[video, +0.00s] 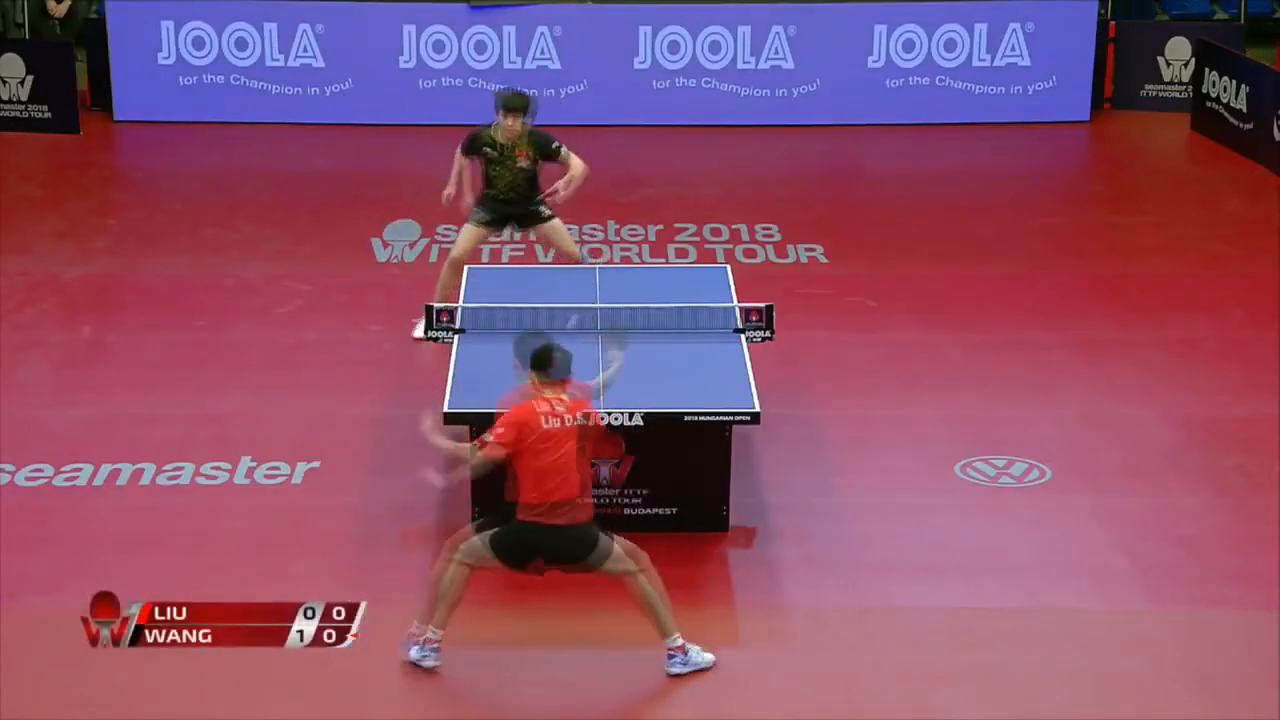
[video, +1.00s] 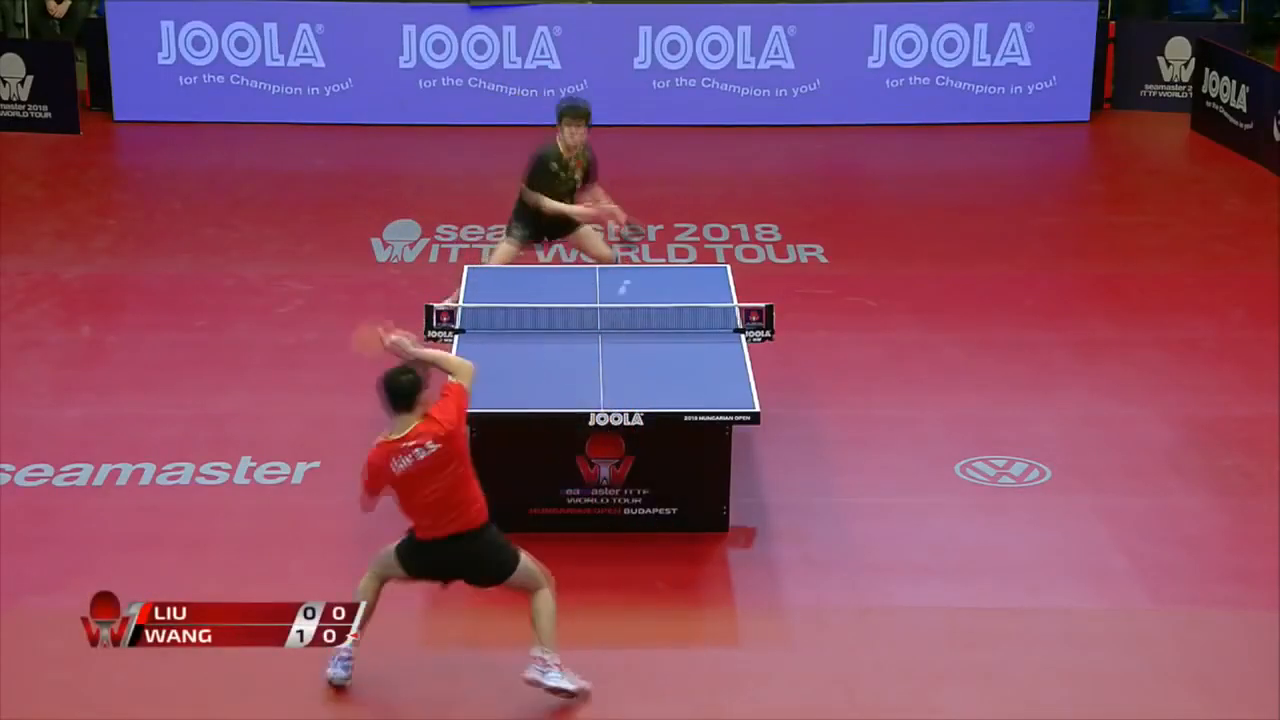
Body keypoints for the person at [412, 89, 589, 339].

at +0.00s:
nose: (511, 123)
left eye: (517, 117)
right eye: (506, 116)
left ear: (525, 119)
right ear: (498, 116)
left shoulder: (537, 140)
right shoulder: (482, 137)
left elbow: (579, 166)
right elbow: (461, 153)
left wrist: (566, 185)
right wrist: (453, 184)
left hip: (530, 206)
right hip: (491, 206)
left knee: (575, 256)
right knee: (455, 258)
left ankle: (596, 316)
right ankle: (434, 317)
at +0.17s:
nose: (542, 149)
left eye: (545, 143)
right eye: (536, 143)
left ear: (549, 142)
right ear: (520, 139)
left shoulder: (551, 161)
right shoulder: (492, 161)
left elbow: (574, 184)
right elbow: (476, 192)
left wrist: (572, 204)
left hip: (538, 221)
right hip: (501, 223)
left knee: (576, 266)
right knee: (461, 270)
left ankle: (593, 324)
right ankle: (430, 319)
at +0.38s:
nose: (572, 160)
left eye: (576, 155)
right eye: (568, 154)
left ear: (577, 154)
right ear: (551, 149)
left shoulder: (574, 169)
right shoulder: (528, 175)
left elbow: (597, 178)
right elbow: (501, 210)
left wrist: (616, 173)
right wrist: (522, 224)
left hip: (557, 235)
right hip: (522, 238)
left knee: (611, 258)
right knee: (485, 273)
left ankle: (616, 319)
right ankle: (439, 318)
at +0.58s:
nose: (560, 160)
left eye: (564, 154)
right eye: (554, 154)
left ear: (570, 153)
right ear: (543, 152)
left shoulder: (580, 171)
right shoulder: (526, 175)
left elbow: (608, 187)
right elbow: (503, 201)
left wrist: (614, 191)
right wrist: (502, 225)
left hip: (576, 237)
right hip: (537, 238)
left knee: (622, 267)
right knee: (492, 262)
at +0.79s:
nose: (565, 120)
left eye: (570, 114)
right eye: (560, 113)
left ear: (577, 115)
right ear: (550, 113)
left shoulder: (585, 140)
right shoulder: (529, 134)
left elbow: (608, 168)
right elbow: (504, 150)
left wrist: (616, 182)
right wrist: (515, 185)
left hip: (570, 203)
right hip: (533, 201)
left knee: (612, 248)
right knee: (491, 251)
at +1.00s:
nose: (576, 132)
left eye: (580, 126)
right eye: (570, 126)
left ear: (587, 129)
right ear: (559, 128)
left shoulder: (587, 158)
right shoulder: (545, 157)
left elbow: (589, 190)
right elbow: (531, 196)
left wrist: (613, 211)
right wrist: (574, 211)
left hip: (563, 219)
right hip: (529, 221)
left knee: (607, 257)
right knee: (494, 268)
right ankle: (453, 301)